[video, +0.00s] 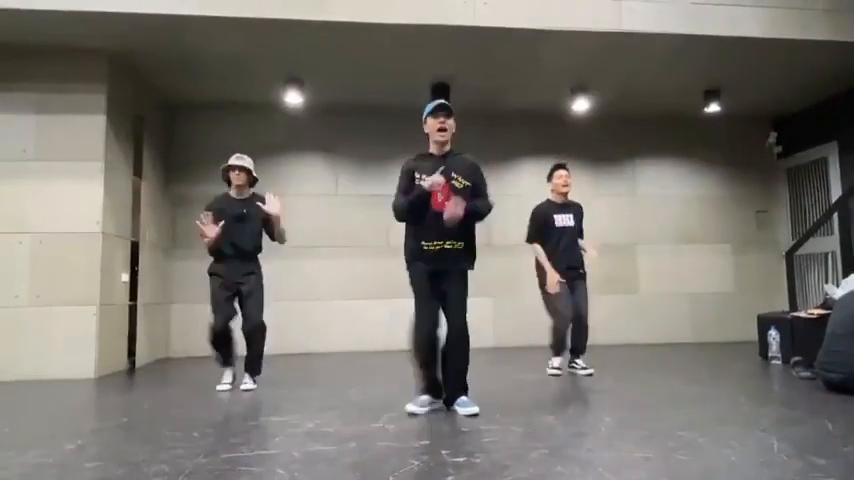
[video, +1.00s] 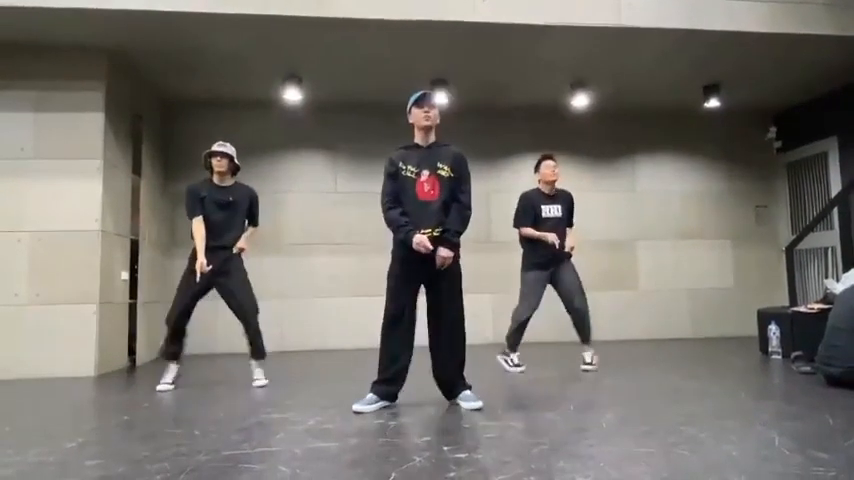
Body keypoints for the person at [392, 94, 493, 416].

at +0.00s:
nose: (442, 128)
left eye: (446, 124)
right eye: (436, 124)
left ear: (453, 127)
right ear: (426, 128)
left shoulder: (468, 166)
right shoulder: (412, 167)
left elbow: (484, 206)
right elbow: (400, 211)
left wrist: (464, 207)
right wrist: (422, 190)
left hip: (456, 258)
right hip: (421, 259)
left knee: (457, 325)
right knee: (426, 325)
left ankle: (457, 393)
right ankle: (430, 391)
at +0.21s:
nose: (442, 124)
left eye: (446, 118)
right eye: (436, 119)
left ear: (454, 123)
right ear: (426, 124)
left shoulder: (468, 161)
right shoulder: (416, 153)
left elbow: (473, 208)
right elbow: (404, 120)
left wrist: (458, 244)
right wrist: (425, 74)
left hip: (453, 248)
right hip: (422, 244)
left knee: (462, 321)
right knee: (425, 286)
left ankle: (457, 393)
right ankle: (416, 311)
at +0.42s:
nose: (444, 116)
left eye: (449, 111)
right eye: (438, 111)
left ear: (455, 117)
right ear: (427, 117)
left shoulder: (467, 162)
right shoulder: (413, 158)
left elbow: (472, 209)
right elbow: (399, 194)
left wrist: (456, 245)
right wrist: (415, 162)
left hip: (451, 252)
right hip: (416, 250)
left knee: (455, 326)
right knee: (400, 308)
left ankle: (457, 393)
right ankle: (395, 362)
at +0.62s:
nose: (435, 115)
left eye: (440, 111)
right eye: (429, 110)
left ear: (446, 119)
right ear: (418, 118)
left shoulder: (460, 161)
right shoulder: (401, 159)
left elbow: (464, 209)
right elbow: (393, 209)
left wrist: (448, 245)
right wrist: (411, 234)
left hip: (445, 255)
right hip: (408, 254)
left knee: (452, 325)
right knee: (395, 322)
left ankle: (458, 392)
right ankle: (381, 392)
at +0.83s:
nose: (427, 112)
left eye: (431, 108)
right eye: (421, 108)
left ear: (438, 116)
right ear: (410, 117)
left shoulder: (453, 160)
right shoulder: (396, 161)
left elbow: (461, 207)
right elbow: (386, 209)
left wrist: (446, 241)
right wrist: (408, 233)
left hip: (443, 253)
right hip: (407, 253)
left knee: (460, 319)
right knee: (392, 318)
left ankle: (475, 386)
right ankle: (372, 389)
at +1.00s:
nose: (427, 112)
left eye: (432, 107)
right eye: (421, 107)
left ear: (438, 115)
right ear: (410, 116)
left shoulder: (454, 158)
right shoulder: (397, 159)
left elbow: (462, 205)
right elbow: (390, 207)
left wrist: (449, 241)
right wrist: (410, 235)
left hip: (445, 251)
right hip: (407, 250)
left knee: (449, 320)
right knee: (397, 319)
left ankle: (456, 388)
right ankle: (385, 390)